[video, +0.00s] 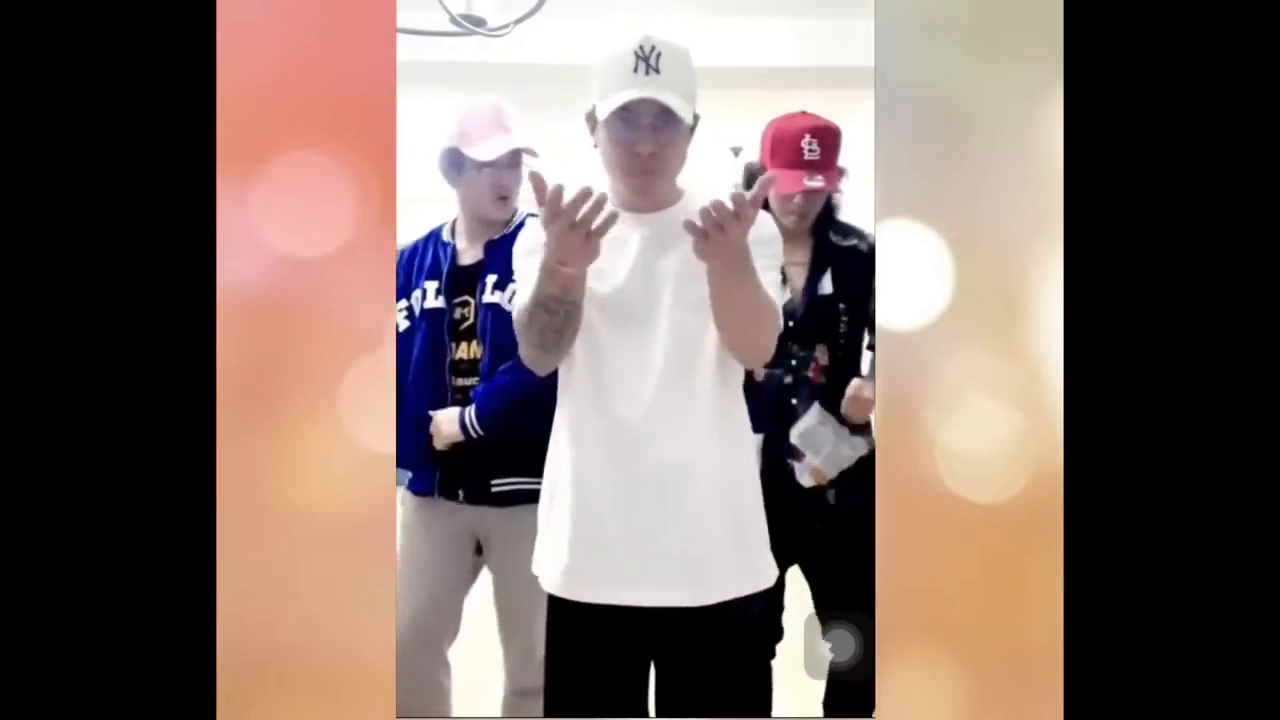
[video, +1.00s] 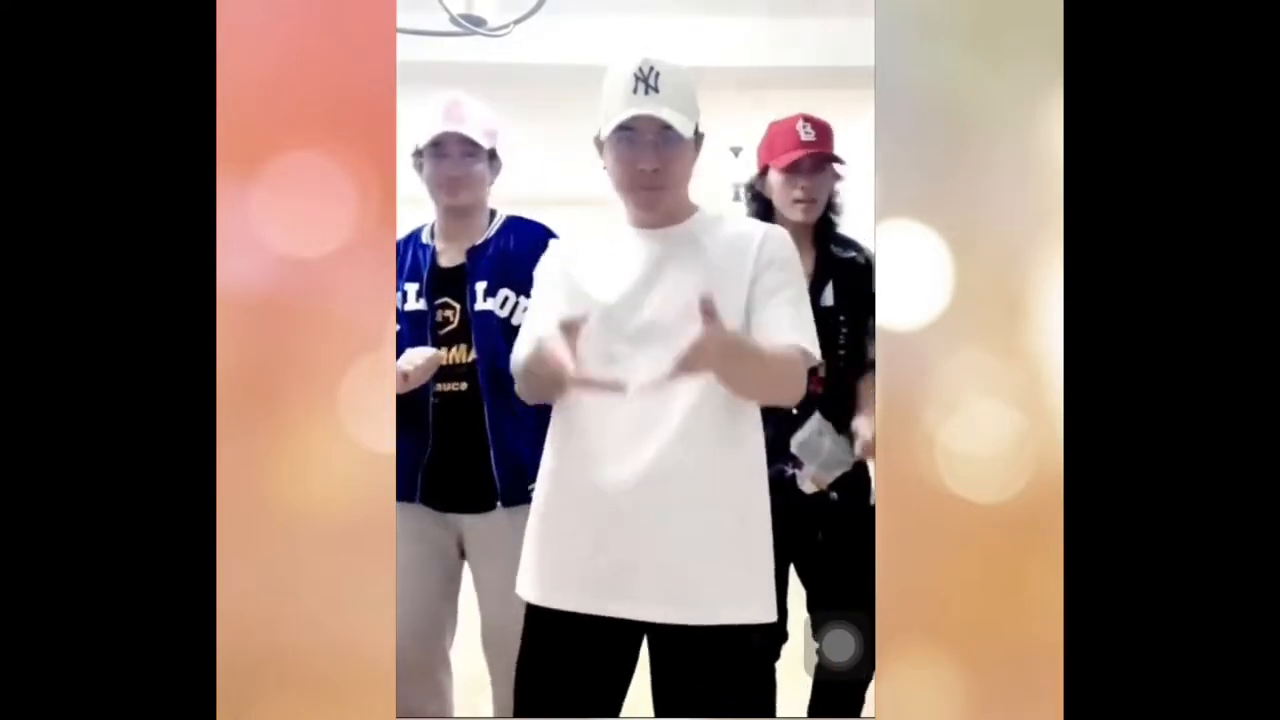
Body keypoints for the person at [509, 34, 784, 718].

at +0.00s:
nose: (644, 140)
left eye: (665, 121)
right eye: (626, 119)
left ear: (691, 133)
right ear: (594, 130)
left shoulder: (734, 234)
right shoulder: (558, 236)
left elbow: (757, 352)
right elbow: (540, 354)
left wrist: (727, 262)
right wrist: (563, 272)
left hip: (716, 559)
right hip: (592, 559)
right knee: (588, 719)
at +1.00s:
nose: (647, 157)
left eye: (667, 137)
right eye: (628, 137)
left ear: (697, 150)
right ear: (602, 151)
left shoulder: (755, 248)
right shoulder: (572, 255)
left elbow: (791, 383)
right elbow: (527, 384)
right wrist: (551, 358)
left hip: (714, 568)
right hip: (583, 563)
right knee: (549, 717)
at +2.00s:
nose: (649, 168)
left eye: (667, 148)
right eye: (629, 148)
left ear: (699, 161)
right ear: (603, 162)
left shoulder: (746, 281)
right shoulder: (552, 261)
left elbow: (751, 419)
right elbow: (508, 378)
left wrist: (721, 384)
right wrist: (553, 348)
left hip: (694, 572)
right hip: (561, 564)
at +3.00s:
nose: (662, 148)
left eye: (682, 128)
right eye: (644, 125)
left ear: (704, 142)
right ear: (609, 135)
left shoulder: (745, 249)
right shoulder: (565, 239)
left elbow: (791, 345)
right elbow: (513, 330)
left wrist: (802, 214)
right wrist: (550, 216)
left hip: (730, 574)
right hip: (598, 573)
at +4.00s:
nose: (659, 174)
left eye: (679, 152)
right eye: (639, 152)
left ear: (712, 156)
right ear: (609, 159)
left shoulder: (775, 260)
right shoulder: (576, 278)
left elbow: (858, 366)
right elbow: (510, 387)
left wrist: (767, 436)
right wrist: (535, 432)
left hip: (726, 616)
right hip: (585, 611)